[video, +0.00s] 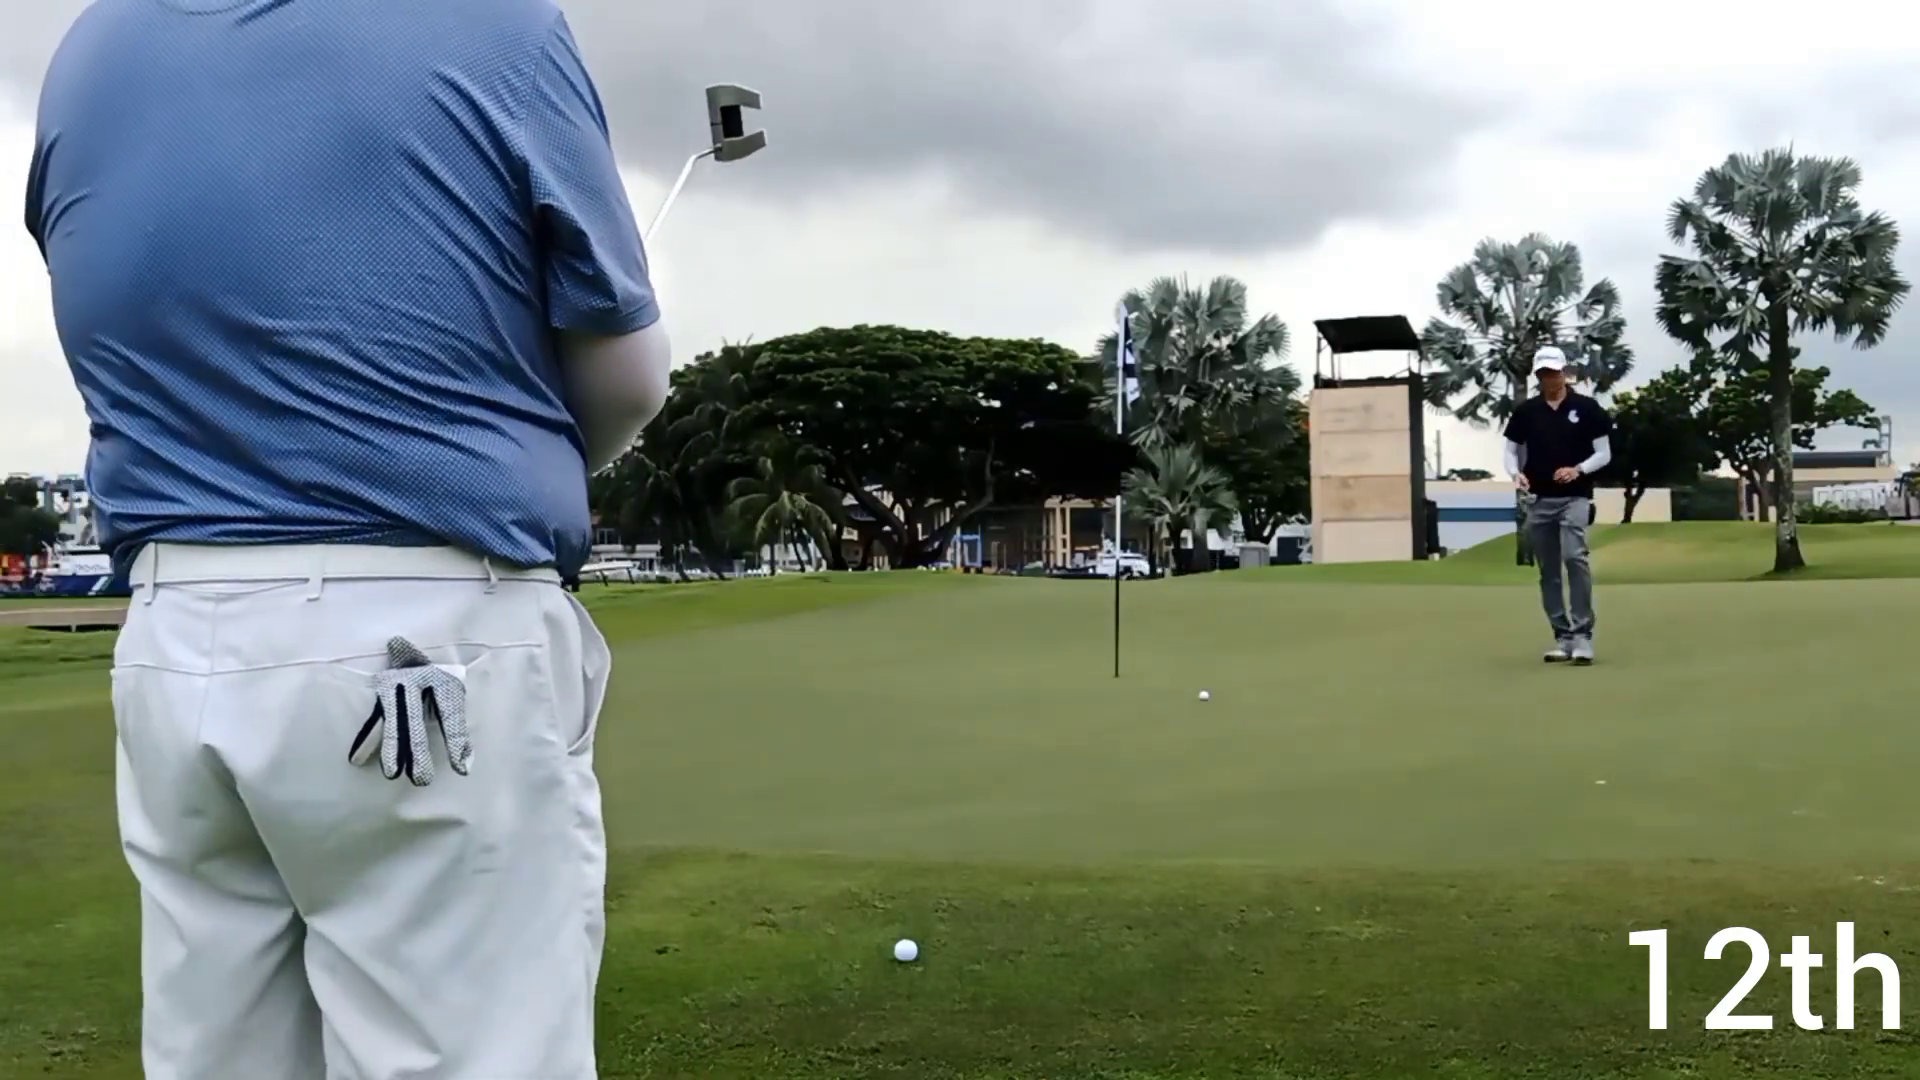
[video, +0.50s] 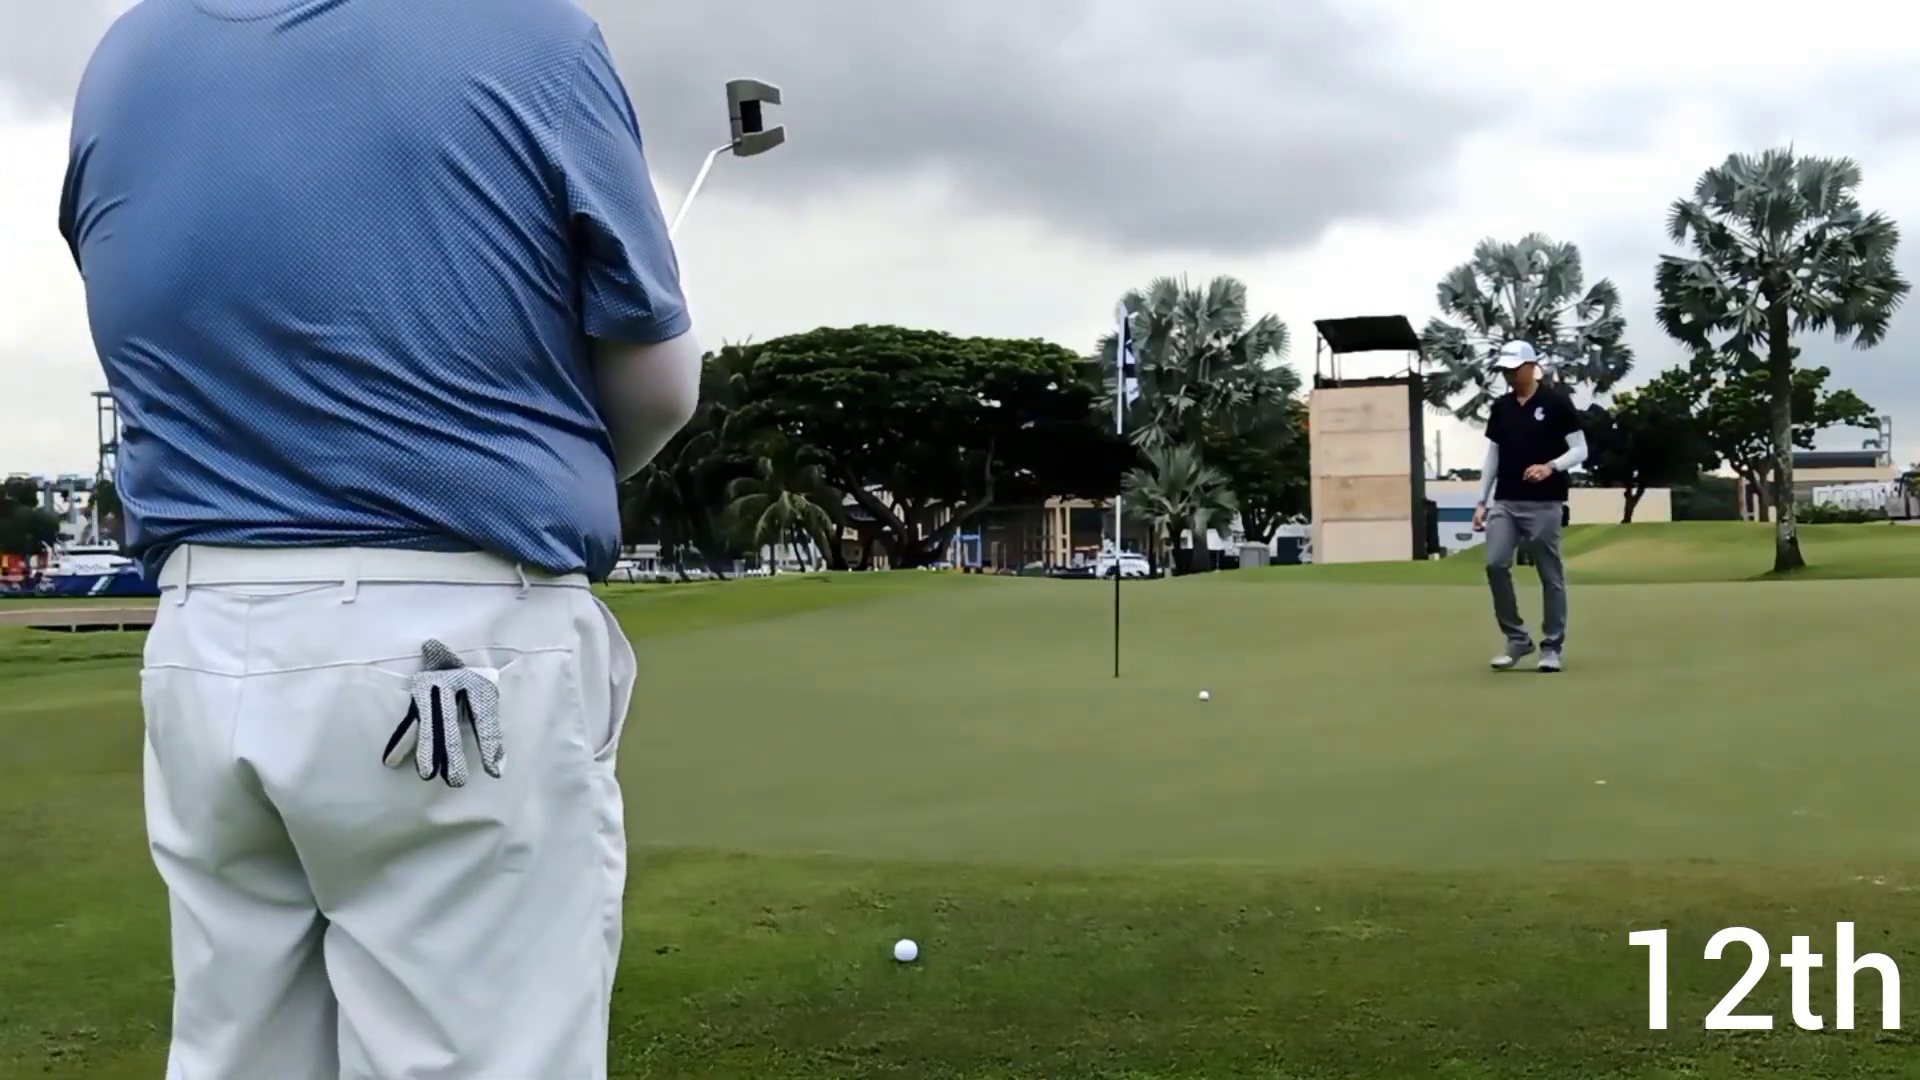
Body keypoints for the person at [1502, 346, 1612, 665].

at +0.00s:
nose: (1548, 378)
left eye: (1553, 372)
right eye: (1543, 373)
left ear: (1564, 373)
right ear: (1536, 377)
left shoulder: (1587, 408)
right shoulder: (1525, 412)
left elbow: (1603, 453)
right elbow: (1510, 451)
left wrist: (1578, 470)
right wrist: (1515, 473)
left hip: (1575, 499)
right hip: (1540, 501)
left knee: (1574, 558)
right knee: (1548, 571)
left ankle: (1582, 635)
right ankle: (1562, 638)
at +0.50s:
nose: (1508, 376)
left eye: (1514, 369)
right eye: (1505, 370)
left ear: (1532, 367)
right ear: (1504, 371)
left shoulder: (1556, 402)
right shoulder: (1501, 407)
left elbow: (1580, 450)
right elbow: (1492, 455)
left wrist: (1551, 466)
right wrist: (1482, 500)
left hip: (1544, 507)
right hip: (1504, 505)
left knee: (1551, 577)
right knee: (1495, 565)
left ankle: (1552, 647)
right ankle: (1516, 640)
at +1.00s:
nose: (1474, 367)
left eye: (1478, 359)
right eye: (1467, 361)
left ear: (1486, 361)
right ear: (1455, 365)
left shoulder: (1508, 399)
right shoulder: (1442, 406)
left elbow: (1526, 451)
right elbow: (1432, 460)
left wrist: (1541, 498)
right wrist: (1425, 505)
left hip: (1498, 502)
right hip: (1457, 506)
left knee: (1500, 568)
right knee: (1463, 584)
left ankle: (1514, 646)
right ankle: (1474, 658)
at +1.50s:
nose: (1423, 371)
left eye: (1428, 363)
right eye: (1417, 365)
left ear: (1447, 358)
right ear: (1413, 366)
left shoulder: (1476, 399)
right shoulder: (1412, 406)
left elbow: (1499, 455)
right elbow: (1405, 462)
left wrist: (1513, 505)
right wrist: (1396, 512)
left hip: (1467, 510)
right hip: (1424, 514)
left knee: (1475, 586)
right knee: (1418, 585)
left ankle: (1485, 667)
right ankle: (1454, 640)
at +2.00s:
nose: (1314, 397)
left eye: (1314, 389)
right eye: (1310, 392)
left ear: (1333, 376)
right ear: (1324, 385)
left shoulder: (1371, 398)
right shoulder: (1336, 420)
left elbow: (1386, 449)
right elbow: (1359, 466)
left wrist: (1354, 481)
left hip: (1395, 517)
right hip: (1363, 520)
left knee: (1403, 591)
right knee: (1344, 589)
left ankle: (1460, 644)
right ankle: (1343, 677)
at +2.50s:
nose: (1230, 503)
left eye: (1226, 497)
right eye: (1224, 500)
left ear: (1237, 481)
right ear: (1240, 476)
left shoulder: (1261, 493)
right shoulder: (1274, 471)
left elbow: (1263, 564)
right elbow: (1344, 473)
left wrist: (1248, 626)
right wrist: (1374, 499)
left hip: (1359, 521)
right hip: (1375, 515)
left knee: (1303, 588)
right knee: (1328, 592)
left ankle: (1302, 682)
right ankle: (1345, 678)